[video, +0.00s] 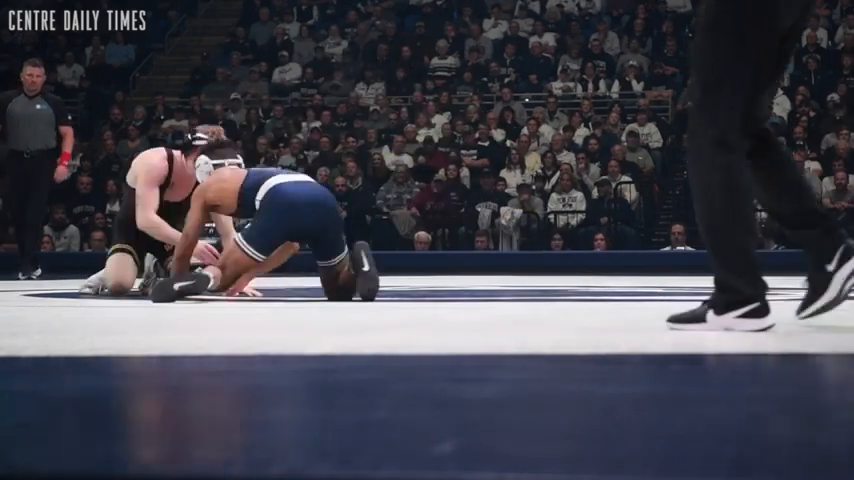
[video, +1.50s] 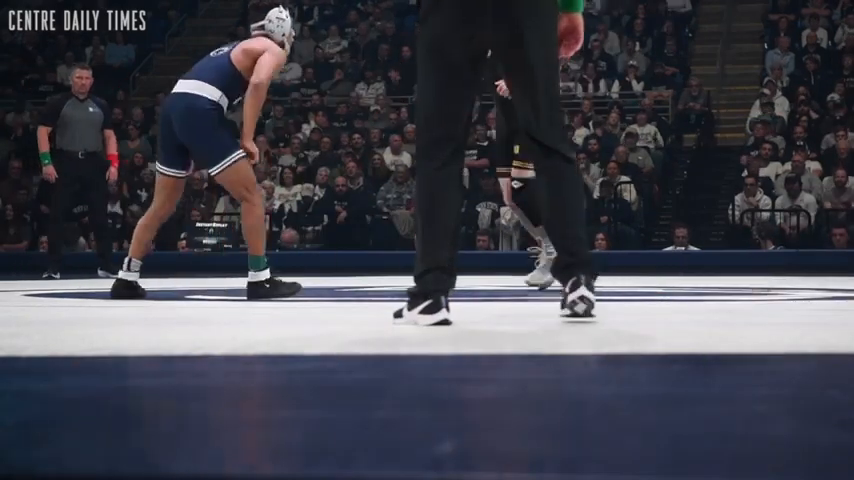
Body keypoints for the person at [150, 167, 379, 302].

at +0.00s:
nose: (198, 182)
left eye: (199, 177)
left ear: (205, 173)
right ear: (233, 167)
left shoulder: (205, 189)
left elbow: (185, 247)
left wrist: (178, 283)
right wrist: (243, 277)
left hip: (283, 200)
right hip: (324, 200)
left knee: (222, 274)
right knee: (337, 292)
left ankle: (190, 284)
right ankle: (358, 270)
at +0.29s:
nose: (142, 130)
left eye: (143, 124)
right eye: (141, 125)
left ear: (150, 125)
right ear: (187, 114)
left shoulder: (145, 159)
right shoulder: (218, 128)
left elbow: (147, 230)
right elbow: (260, 162)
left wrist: (158, 276)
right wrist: (248, 193)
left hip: (194, 199)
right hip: (237, 191)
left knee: (171, 289)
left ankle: (157, 282)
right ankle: (299, 262)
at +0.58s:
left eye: (157, 104)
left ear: (158, 106)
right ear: (195, 99)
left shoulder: (148, 139)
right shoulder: (219, 118)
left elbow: (149, 212)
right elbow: (239, 170)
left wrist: (152, 261)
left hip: (178, 197)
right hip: (221, 191)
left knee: (164, 287)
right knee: (221, 215)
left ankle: (157, 277)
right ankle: (210, 274)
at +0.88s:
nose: (185, 211)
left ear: (186, 92)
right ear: (217, 89)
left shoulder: (172, 106)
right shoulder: (238, 103)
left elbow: (163, 182)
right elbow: (236, 157)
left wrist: (166, 246)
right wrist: (200, 189)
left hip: (165, 148)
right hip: (206, 147)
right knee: (219, 206)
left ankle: (145, 246)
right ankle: (211, 272)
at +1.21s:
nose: (239, 47)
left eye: (237, 44)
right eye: (239, 43)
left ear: (204, 42)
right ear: (234, 43)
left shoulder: (178, 60)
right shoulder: (236, 63)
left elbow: (124, 103)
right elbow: (236, 99)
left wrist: (154, 148)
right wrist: (220, 147)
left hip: (140, 118)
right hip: (177, 115)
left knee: (148, 205)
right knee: (218, 194)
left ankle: (125, 275)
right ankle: (210, 272)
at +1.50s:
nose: (288, 50)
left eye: (288, 46)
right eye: (289, 44)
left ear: (259, 32)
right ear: (286, 37)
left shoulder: (235, 47)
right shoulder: (273, 49)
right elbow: (258, 82)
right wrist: (247, 137)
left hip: (171, 113)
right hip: (201, 114)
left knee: (162, 204)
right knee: (252, 196)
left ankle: (127, 276)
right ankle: (260, 279)